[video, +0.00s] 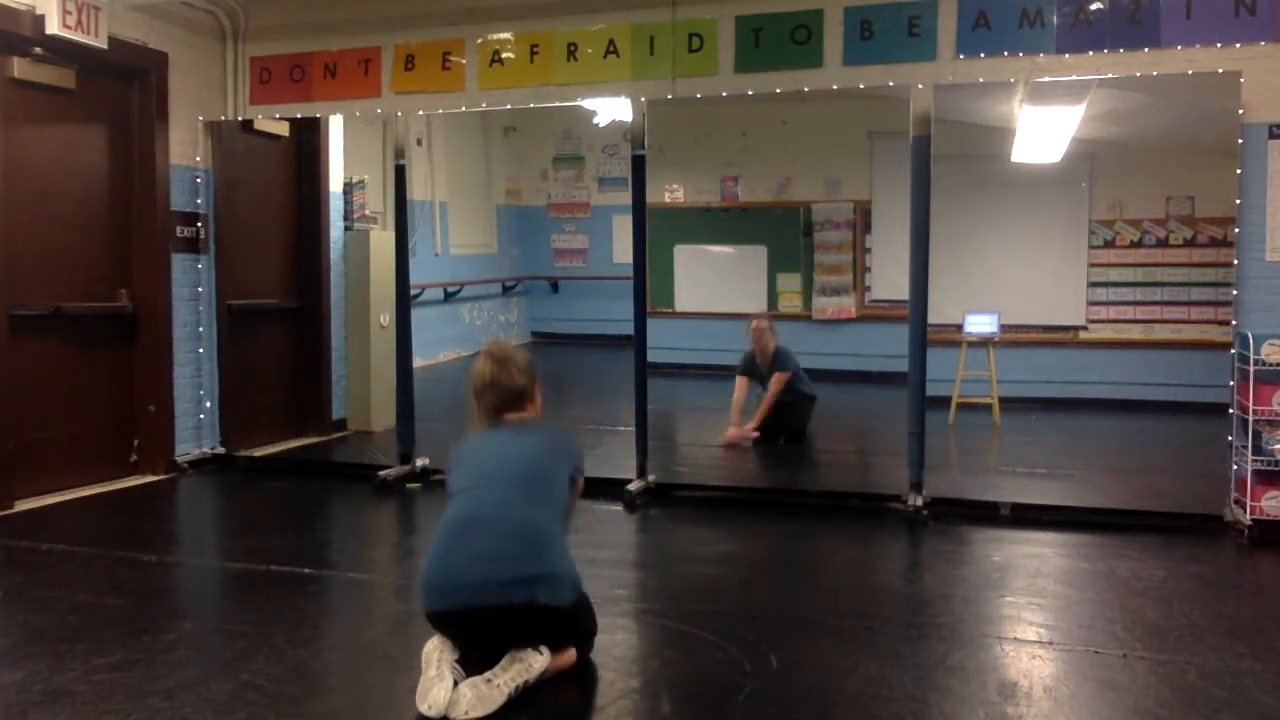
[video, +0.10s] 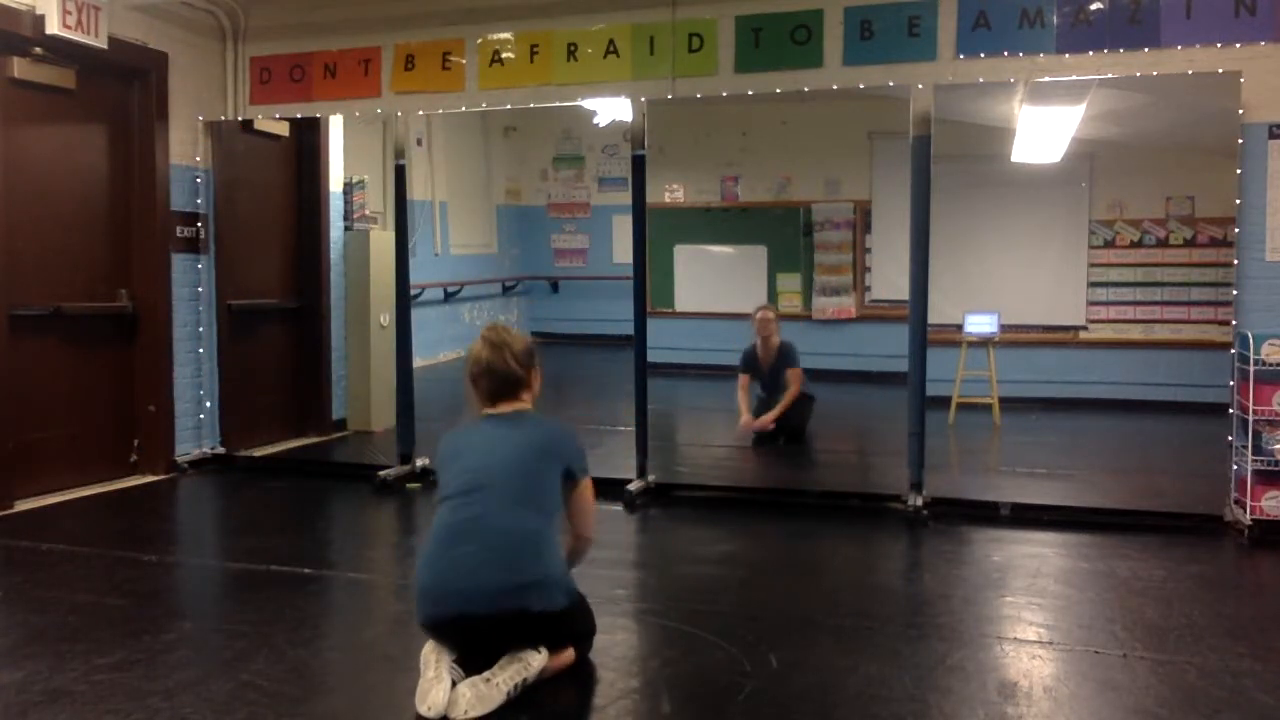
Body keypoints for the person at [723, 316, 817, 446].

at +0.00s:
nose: (758, 336)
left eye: (763, 332)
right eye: (755, 332)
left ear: (771, 335)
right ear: (750, 335)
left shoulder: (783, 357)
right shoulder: (748, 359)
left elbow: (772, 394)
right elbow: (739, 393)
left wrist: (753, 424)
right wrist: (734, 426)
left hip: (801, 398)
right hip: (776, 397)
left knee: (794, 439)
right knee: (763, 439)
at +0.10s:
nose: (764, 325)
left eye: (769, 320)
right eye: (760, 320)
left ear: (776, 324)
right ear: (754, 325)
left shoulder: (787, 350)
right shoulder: (749, 354)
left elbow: (795, 387)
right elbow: (743, 388)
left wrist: (770, 416)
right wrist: (745, 415)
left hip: (789, 397)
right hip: (766, 399)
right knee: (760, 438)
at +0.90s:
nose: (805, 372)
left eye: (810, 369)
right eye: (802, 366)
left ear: (814, 369)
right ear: (792, 359)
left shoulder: (809, 382)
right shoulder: (771, 369)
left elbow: (817, 413)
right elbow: (775, 404)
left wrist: (821, 437)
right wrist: (792, 435)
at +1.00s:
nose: (805, 378)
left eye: (810, 375)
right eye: (802, 373)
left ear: (814, 374)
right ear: (792, 364)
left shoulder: (808, 384)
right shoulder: (771, 371)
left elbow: (817, 409)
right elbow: (785, 403)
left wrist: (826, 435)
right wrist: (802, 432)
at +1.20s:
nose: (803, 380)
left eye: (808, 376)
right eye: (800, 375)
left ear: (812, 374)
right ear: (790, 366)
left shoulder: (807, 382)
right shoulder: (770, 371)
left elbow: (817, 402)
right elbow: (786, 400)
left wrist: (828, 424)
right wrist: (801, 426)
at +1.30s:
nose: (802, 368)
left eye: (806, 364)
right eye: (798, 363)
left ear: (810, 362)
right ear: (788, 357)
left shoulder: (807, 375)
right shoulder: (769, 367)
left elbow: (818, 403)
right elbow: (779, 401)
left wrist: (821, 427)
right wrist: (794, 430)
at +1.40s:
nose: (799, 350)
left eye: (804, 346)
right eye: (795, 345)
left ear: (808, 348)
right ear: (785, 344)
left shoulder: (807, 369)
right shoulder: (768, 362)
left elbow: (818, 402)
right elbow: (762, 398)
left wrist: (815, 425)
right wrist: (783, 427)